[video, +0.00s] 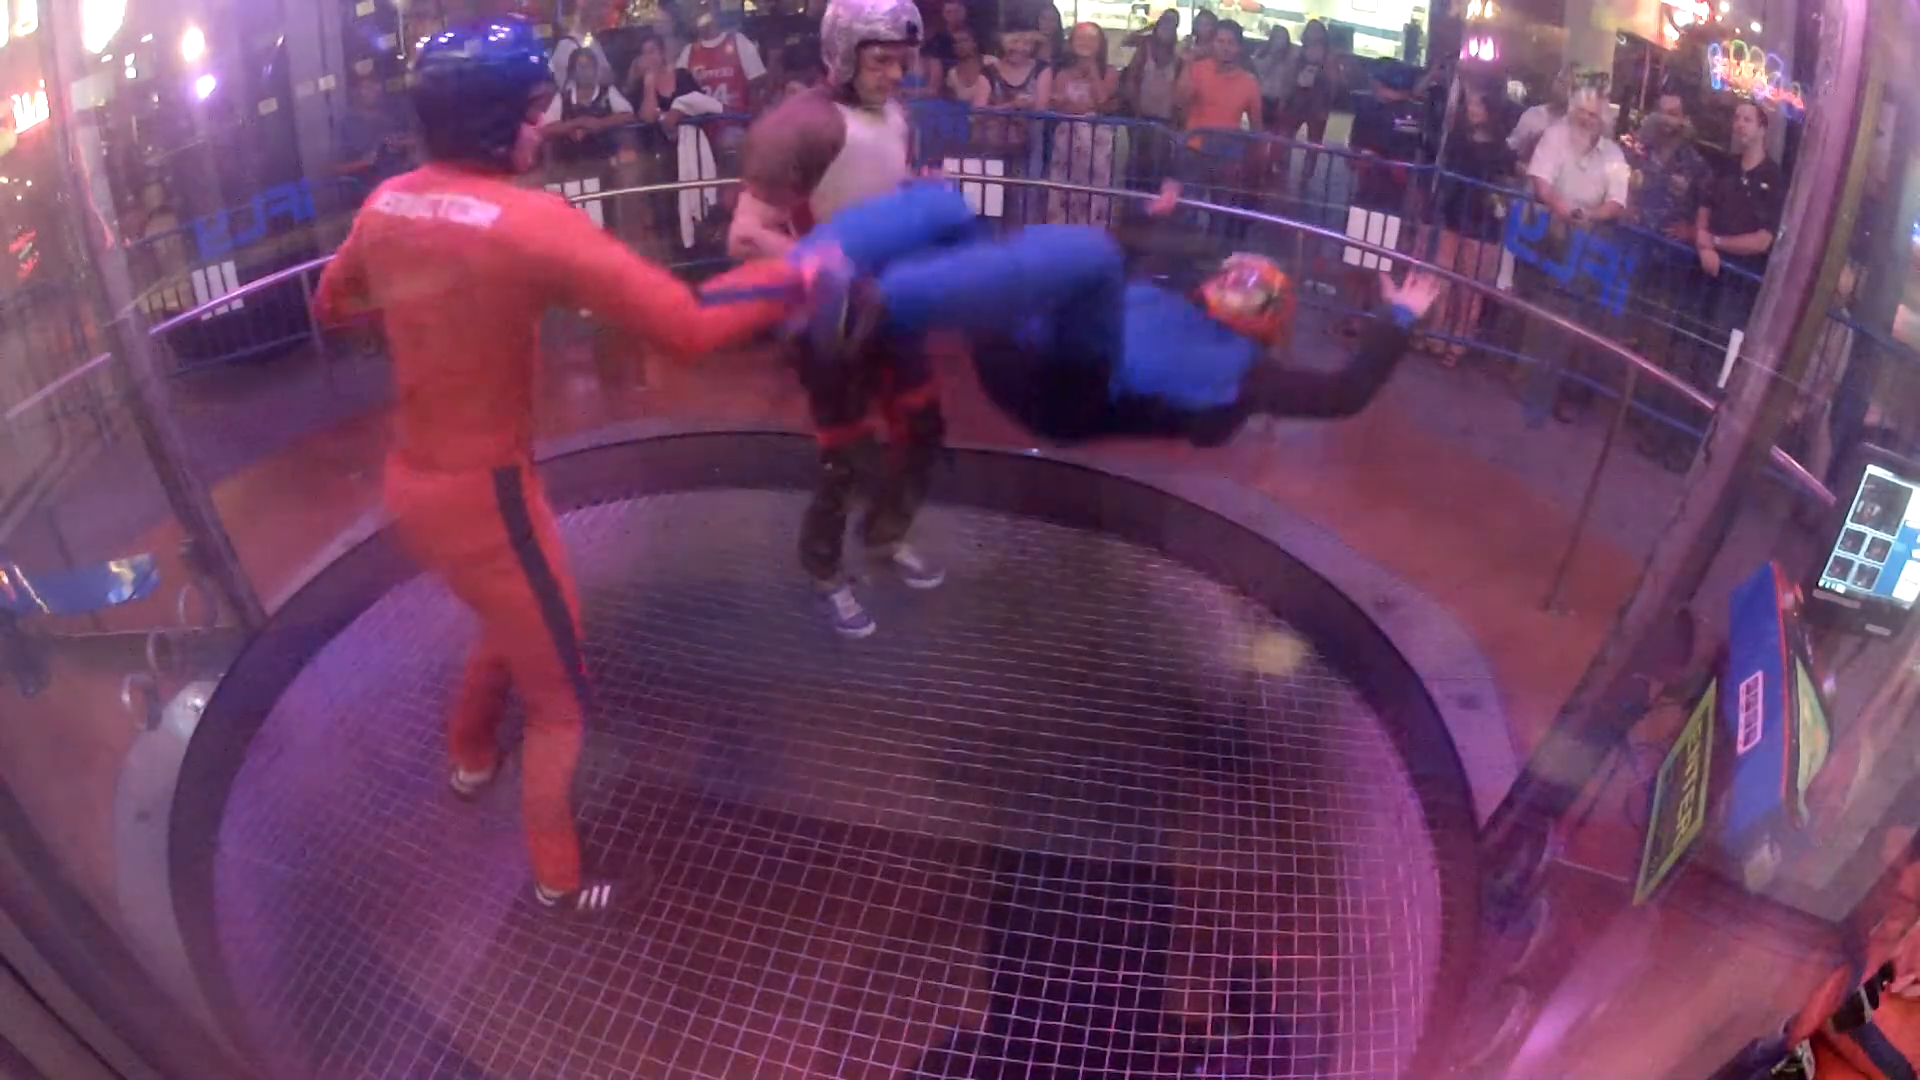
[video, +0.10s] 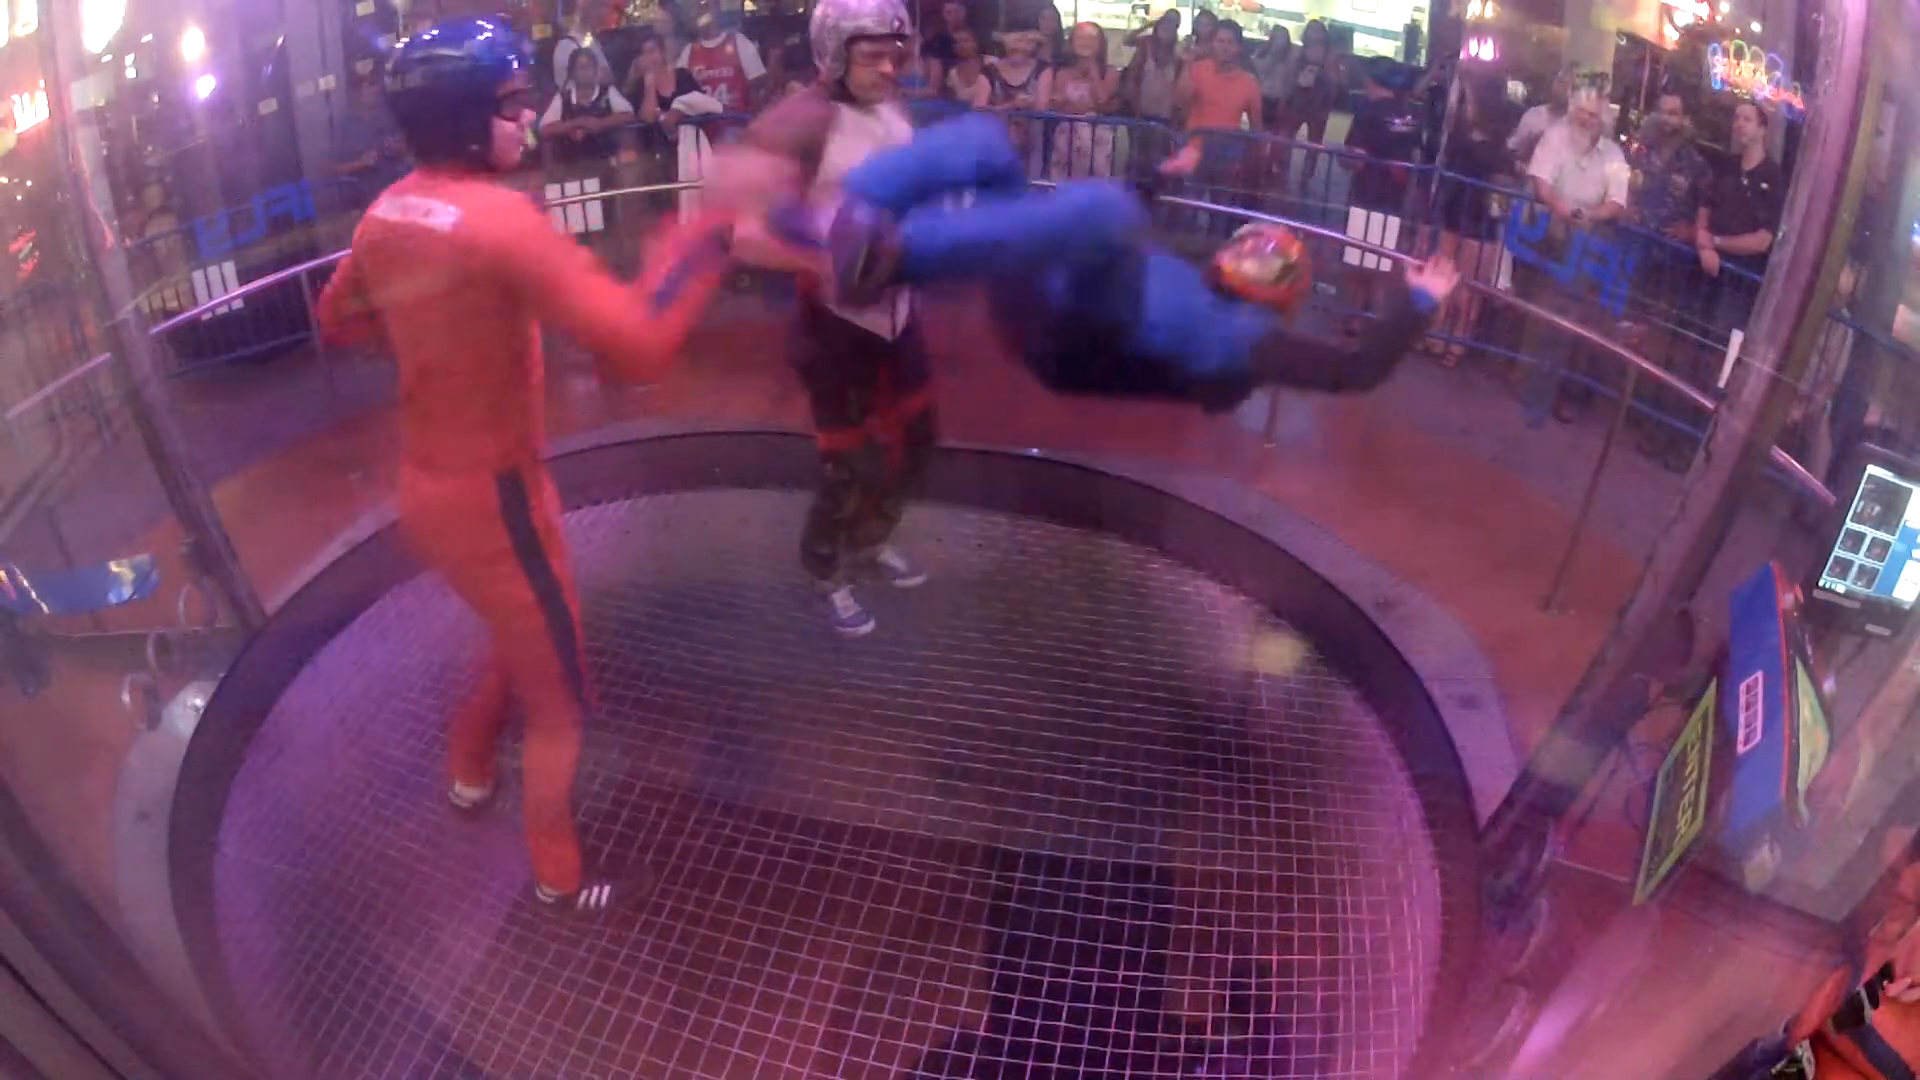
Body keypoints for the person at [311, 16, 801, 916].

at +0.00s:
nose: (546, 126)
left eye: (543, 109)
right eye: (536, 111)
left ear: (441, 117)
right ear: (505, 123)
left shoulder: (388, 205)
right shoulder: (531, 222)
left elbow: (334, 308)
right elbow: (690, 329)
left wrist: (429, 290)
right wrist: (790, 281)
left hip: (416, 487)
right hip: (490, 499)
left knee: (514, 619)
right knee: (556, 706)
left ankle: (469, 759)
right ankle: (556, 882)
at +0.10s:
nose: (526, 122)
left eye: (523, 105)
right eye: (510, 108)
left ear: (431, 123)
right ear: (462, 121)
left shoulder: (390, 211)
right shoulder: (503, 220)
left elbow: (336, 321)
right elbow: (642, 340)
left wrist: (440, 318)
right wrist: (705, 246)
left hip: (428, 493)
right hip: (498, 499)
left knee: (516, 631)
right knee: (553, 704)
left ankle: (471, 774)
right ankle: (559, 881)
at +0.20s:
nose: (512, 121)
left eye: (509, 104)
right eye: (494, 107)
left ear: (414, 129)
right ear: (441, 122)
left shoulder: (390, 221)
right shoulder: (480, 230)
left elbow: (370, 337)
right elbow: (572, 381)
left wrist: (482, 292)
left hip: (438, 489)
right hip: (496, 499)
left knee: (526, 642)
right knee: (555, 704)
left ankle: (469, 788)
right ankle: (558, 880)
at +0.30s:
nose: (497, 125)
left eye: (493, 107)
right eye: (478, 112)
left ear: (403, 132)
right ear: (425, 129)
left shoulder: (388, 220)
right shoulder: (446, 236)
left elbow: (450, 355)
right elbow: (524, 404)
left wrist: (522, 305)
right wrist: (579, 371)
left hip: (445, 495)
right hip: (487, 506)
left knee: (529, 650)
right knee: (550, 700)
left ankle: (475, 803)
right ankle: (557, 878)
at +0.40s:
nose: (484, 127)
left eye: (479, 109)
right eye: (464, 115)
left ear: (397, 135)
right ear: (414, 132)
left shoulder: (394, 220)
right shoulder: (426, 248)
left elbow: (486, 317)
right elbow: (512, 419)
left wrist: (516, 319)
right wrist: (547, 358)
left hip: (457, 494)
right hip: (475, 512)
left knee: (524, 658)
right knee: (543, 702)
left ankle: (476, 817)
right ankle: (556, 882)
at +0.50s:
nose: (477, 129)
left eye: (473, 111)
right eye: (458, 116)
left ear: (400, 135)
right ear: (410, 133)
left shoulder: (406, 215)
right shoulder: (412, 247)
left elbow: (486, 322)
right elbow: (489, 422)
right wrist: (522, 346)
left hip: (481, 489)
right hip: (461, 512)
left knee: (522, 659)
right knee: (533, 693)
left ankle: (474, 820)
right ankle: (554, 877)